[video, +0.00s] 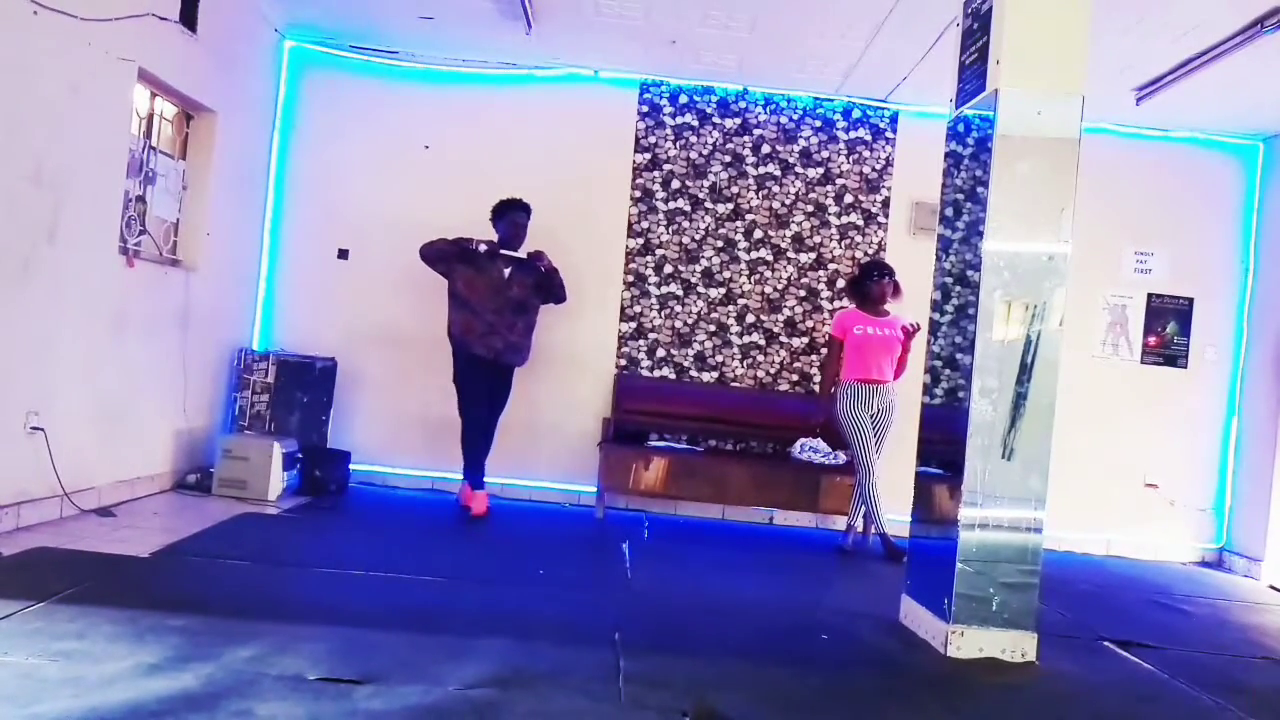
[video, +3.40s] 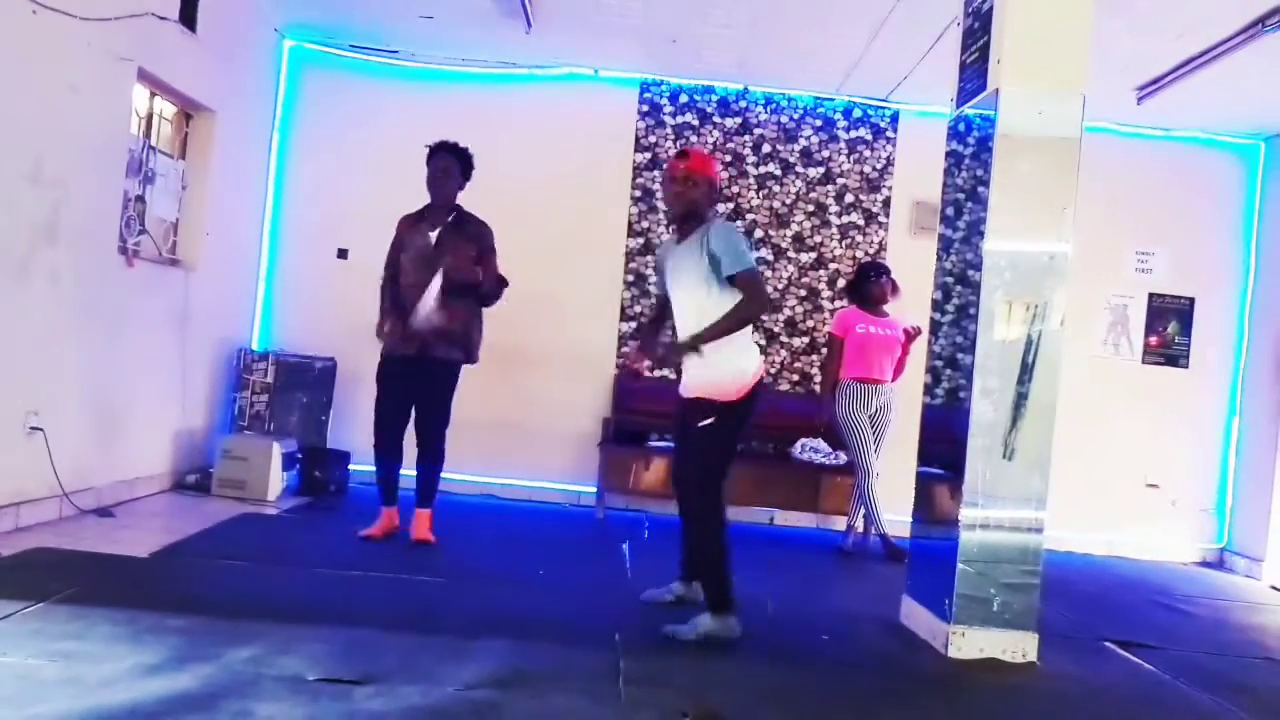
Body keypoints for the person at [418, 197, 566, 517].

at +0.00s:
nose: (519, 231)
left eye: (523, 225)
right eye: (513, 224)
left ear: (527, 229)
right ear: (497, 224)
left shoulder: (530, 271)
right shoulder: (467, 259)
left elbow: (558, 296)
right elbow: (428, 252)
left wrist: (547, 267)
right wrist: (469, 246)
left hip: (504, 359)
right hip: (469, 353)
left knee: (489, 420)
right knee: (473, 417)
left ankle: (469, 482)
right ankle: (477, 487)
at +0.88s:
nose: (534, 223)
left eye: (537, 217)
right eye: (528, 216)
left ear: (537, 221)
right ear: (508, 215)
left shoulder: (532, 263)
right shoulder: (476, 253)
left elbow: (553, 292)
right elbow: (442, 241)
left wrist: (553, 265)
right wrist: (478, 234)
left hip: (518, 361)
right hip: (477, 357)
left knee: (529, 427)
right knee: (477, 428)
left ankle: (519, 504)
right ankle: (479, 502)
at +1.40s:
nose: (540, 214)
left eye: (547, 207)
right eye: (533, 206)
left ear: (555, 211)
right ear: (521, 207)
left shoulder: (568, 259)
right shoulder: (496, 253)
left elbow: (611, 281)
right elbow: (452, 254)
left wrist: (583, 248)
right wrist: (489, 235)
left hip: (538, 364)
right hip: (494, 359)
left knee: (533, 438)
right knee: (487, 430)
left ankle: (530, 513)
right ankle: (481, 498)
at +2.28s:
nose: (493, 210)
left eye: (502, 205)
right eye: (490, 203)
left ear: (516, 208)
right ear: (483, 202)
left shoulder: (532, 252)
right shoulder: (458, 251)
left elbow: (577, 276)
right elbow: (410, 256)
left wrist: (548, 245)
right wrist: (442, 236)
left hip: (507, 362)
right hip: (459, 358)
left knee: (516, 436)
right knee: (444, 434)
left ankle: (524, 511)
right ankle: (439, 513)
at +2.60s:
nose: (473, 207)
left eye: (481, 202)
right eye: (468, 199)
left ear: (491, 205)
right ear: (456, 196)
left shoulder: (495, 253)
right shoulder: (422, 237)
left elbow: (526, 287)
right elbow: (370, 235)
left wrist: (518, 253)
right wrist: (419, 225)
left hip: (472, 359)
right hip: (424, 354)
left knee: (472, 437)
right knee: (426, 436)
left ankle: (463, 515)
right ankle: (431, 515)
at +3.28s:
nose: (441, 187)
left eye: (449, 181)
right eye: (435, 180)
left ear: (465, 185)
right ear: (428, 182)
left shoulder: (482, 233)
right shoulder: (411, 226)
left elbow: (509, 288)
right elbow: (372, 272)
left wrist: (489, 272)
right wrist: (389, 258)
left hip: (449, 353)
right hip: (403, 347)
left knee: (433, 433)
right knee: (383, 423)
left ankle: (424, 517)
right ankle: (393, 508)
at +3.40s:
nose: (438, 178)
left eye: (447, 172)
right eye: (433, 170)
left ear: (462, 180)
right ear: (425, 175)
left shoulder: (477, 231)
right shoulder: (408, 225)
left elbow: (494, 288)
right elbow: (390, 277)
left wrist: (470, 280)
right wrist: (387, 318)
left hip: (444, 353)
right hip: (400, 348)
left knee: (431, 435)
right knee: (387, 431)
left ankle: (423, 516)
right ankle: (388, 513)